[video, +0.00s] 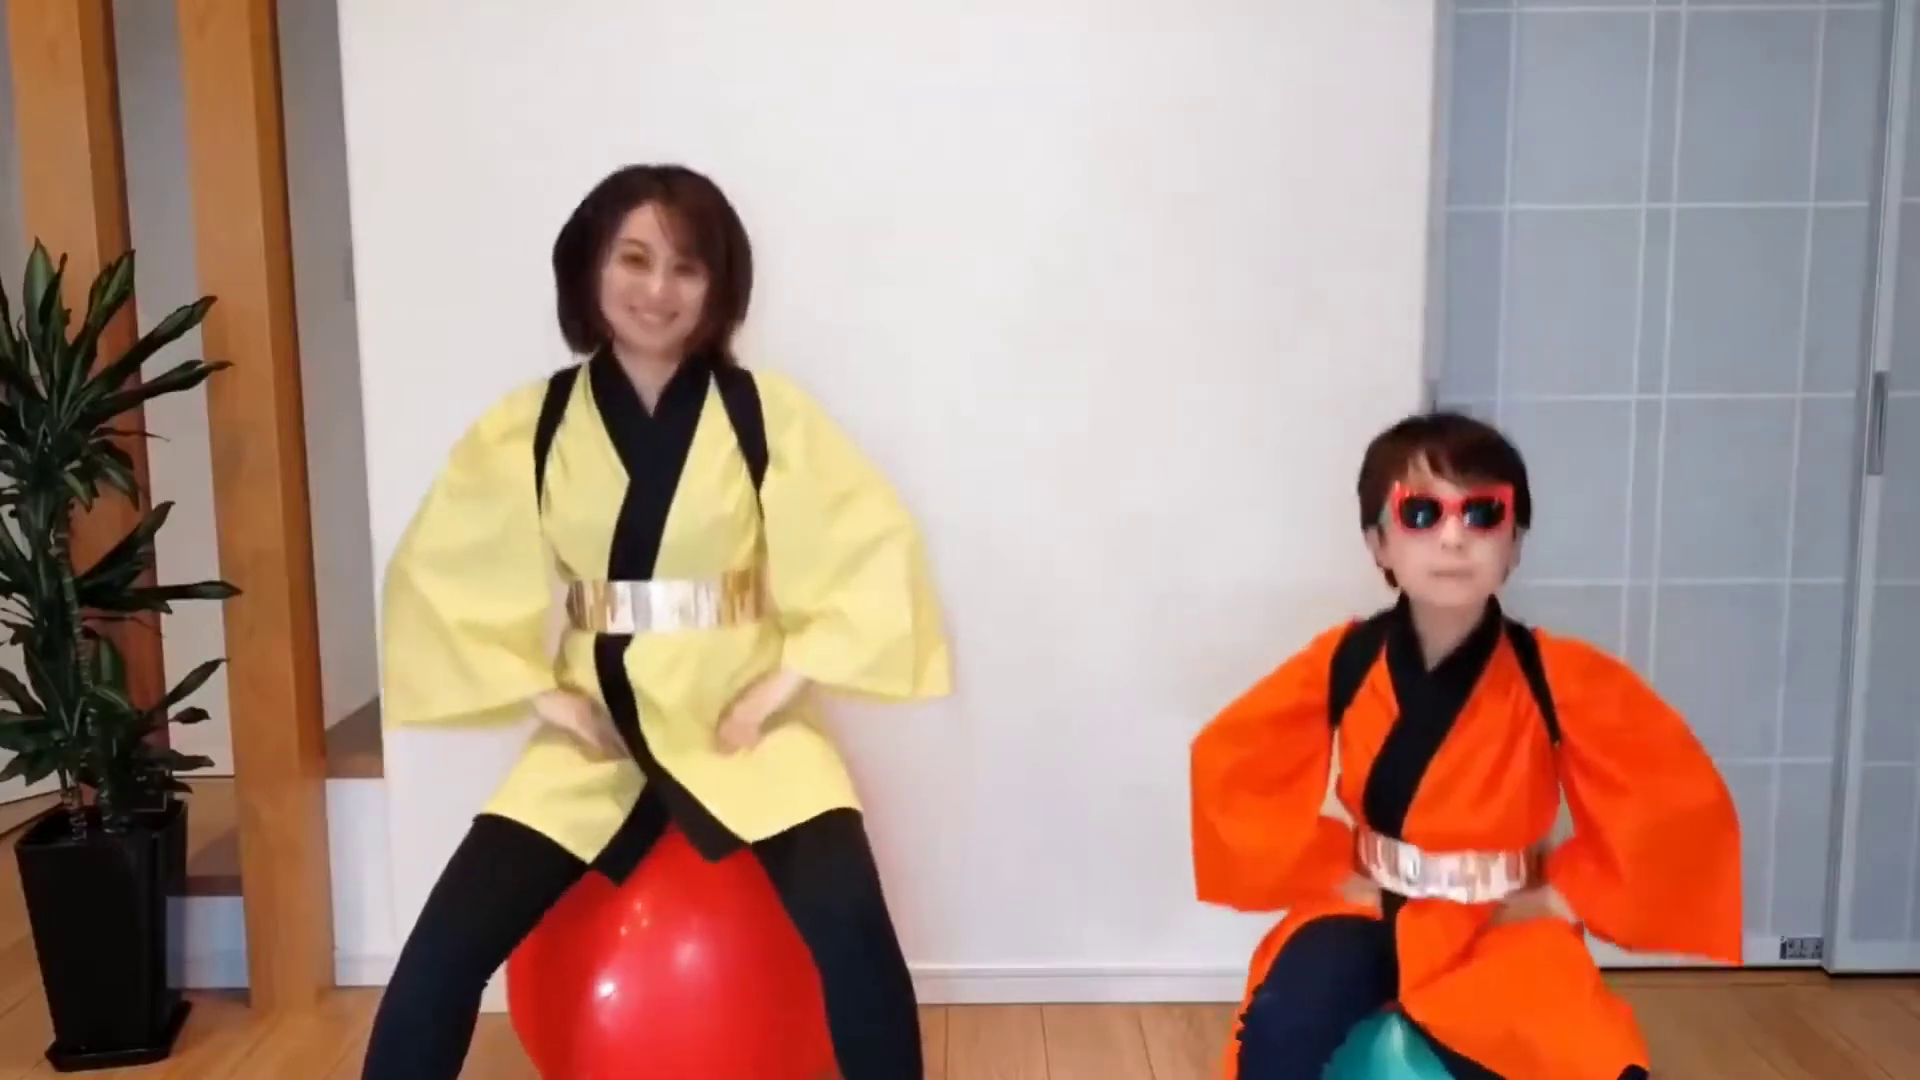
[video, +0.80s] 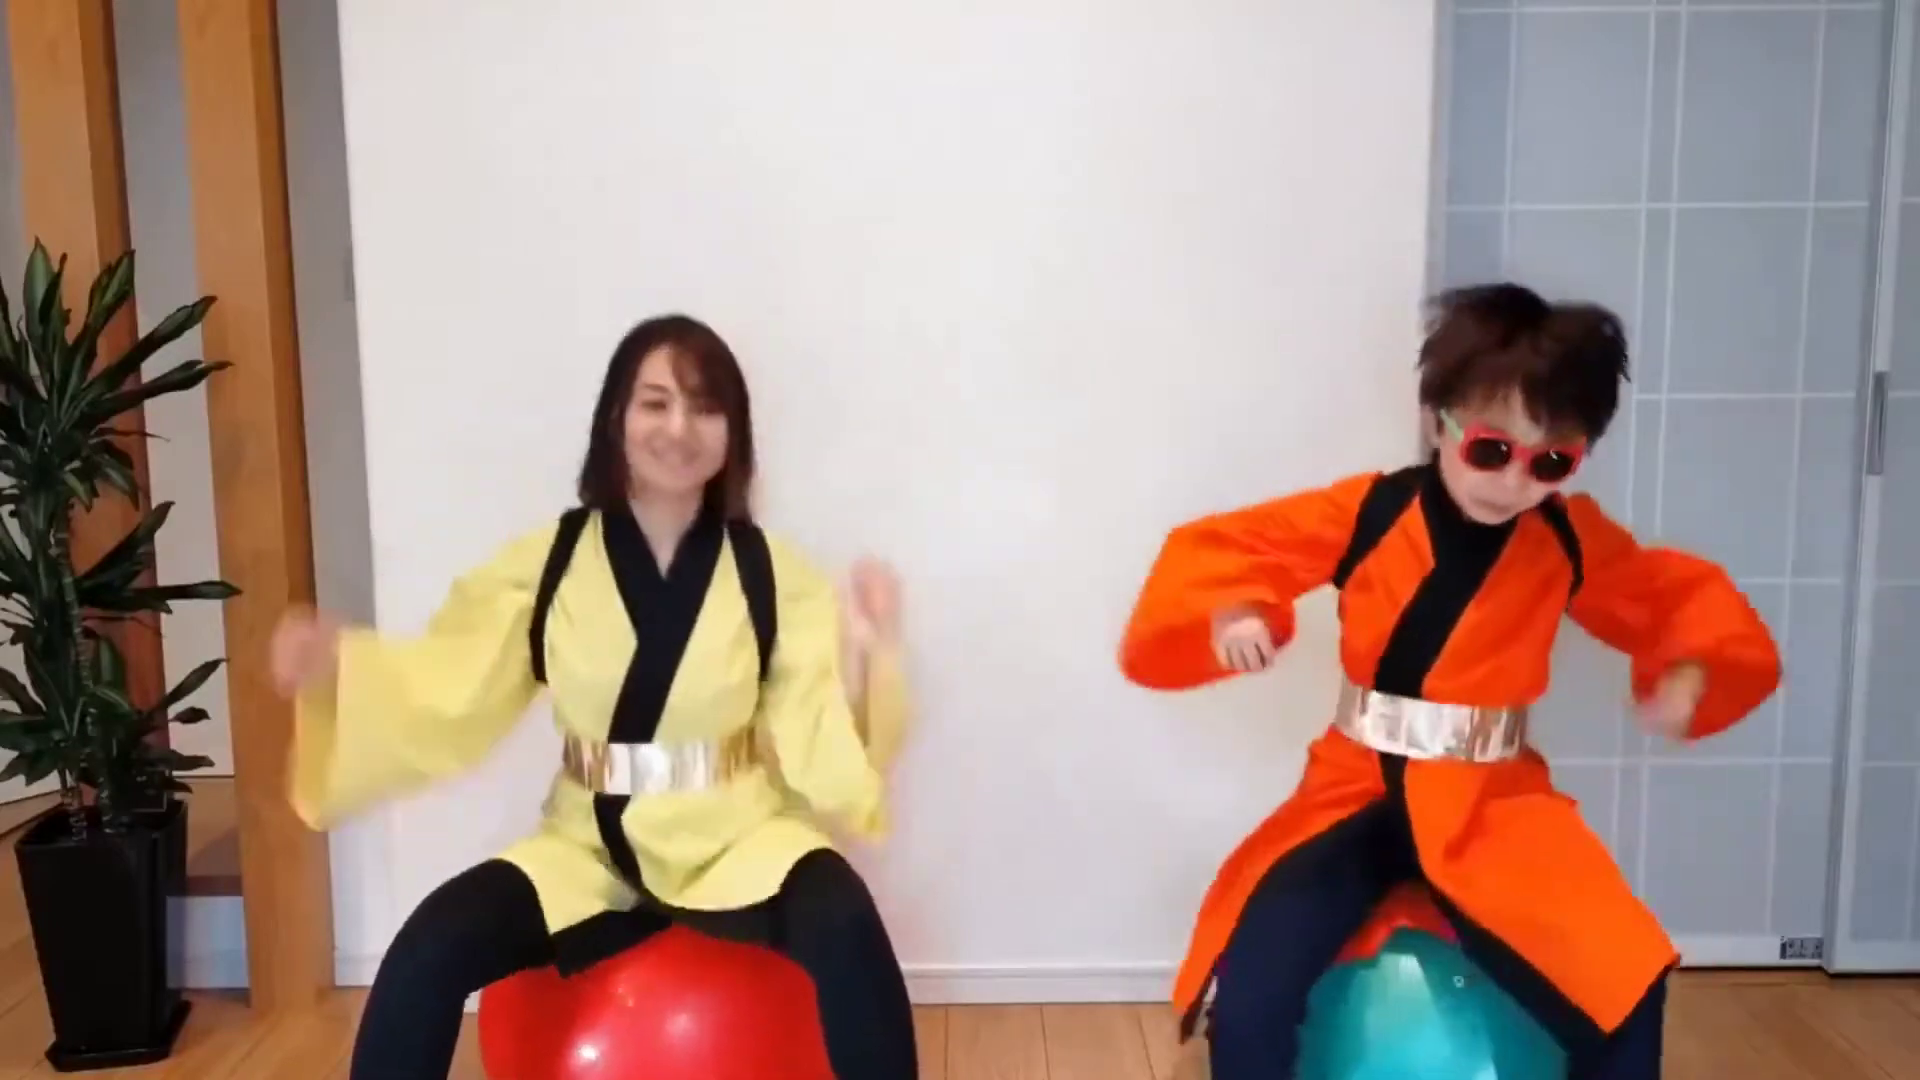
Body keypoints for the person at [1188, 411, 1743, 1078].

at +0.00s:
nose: (1454, 536)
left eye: (1482, 511)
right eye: (1421, 512)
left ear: (1514, 542)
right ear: (1380, 547)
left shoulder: (1555, 675)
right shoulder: (1345, 661)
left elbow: (1683, 801)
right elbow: (1224, 760)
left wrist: (1555, 894)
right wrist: (1330, 865)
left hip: (1503, 929)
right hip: (1366, 916)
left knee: (1594, 1054)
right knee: (1300, 997)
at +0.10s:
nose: (1460, 462)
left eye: (1490, 438)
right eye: (1429, 437)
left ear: (1522, 462)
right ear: (1385, 467)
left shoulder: (1558, 597)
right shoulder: (1348, 584)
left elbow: (1682, 725)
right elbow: (1227, 690)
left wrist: (1564, 837)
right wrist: (1334, 814)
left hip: (1507, 873)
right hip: (1369, 862)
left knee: (1598, 1043)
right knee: (1285, 999)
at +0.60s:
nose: (1474, 514)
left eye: (1507, 492)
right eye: (1445, 484)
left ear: (1535, 499)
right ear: (1394, 487)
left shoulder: (1558, 614)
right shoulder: (1350, 599)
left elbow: (1654, 706)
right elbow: (1236, 678)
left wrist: (1595, 792)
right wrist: (1304, 792)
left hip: (1495, 880)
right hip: (1358, 868)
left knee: (1593, 1052)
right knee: (1258, 1026)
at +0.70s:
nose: (1494, 470)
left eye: (1528, 449)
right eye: (1468, 439)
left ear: (1558, 443)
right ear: (1414, 421)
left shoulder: (1562, 538)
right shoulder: (1359, 520)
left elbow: (1694, 613)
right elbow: (1219, 578)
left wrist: (1672, 664)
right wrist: (1250, 662)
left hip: (1493, 820)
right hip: (1355, 809)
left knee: (1614, 1020)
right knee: (1255, 996)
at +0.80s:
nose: (1515, 484)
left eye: (1551, 463)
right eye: (1491, 449)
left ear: (1580, 454)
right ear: (1434, 420)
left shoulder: (1568, 539)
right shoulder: (1371, 511)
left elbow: (1690, 598)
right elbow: (1216, 549)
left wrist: (1699, 665)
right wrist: (1227, 606)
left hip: (1495, 812)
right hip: (1356, 799)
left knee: (1629, 977)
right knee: (1254, 969)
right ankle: (1248, 1071)